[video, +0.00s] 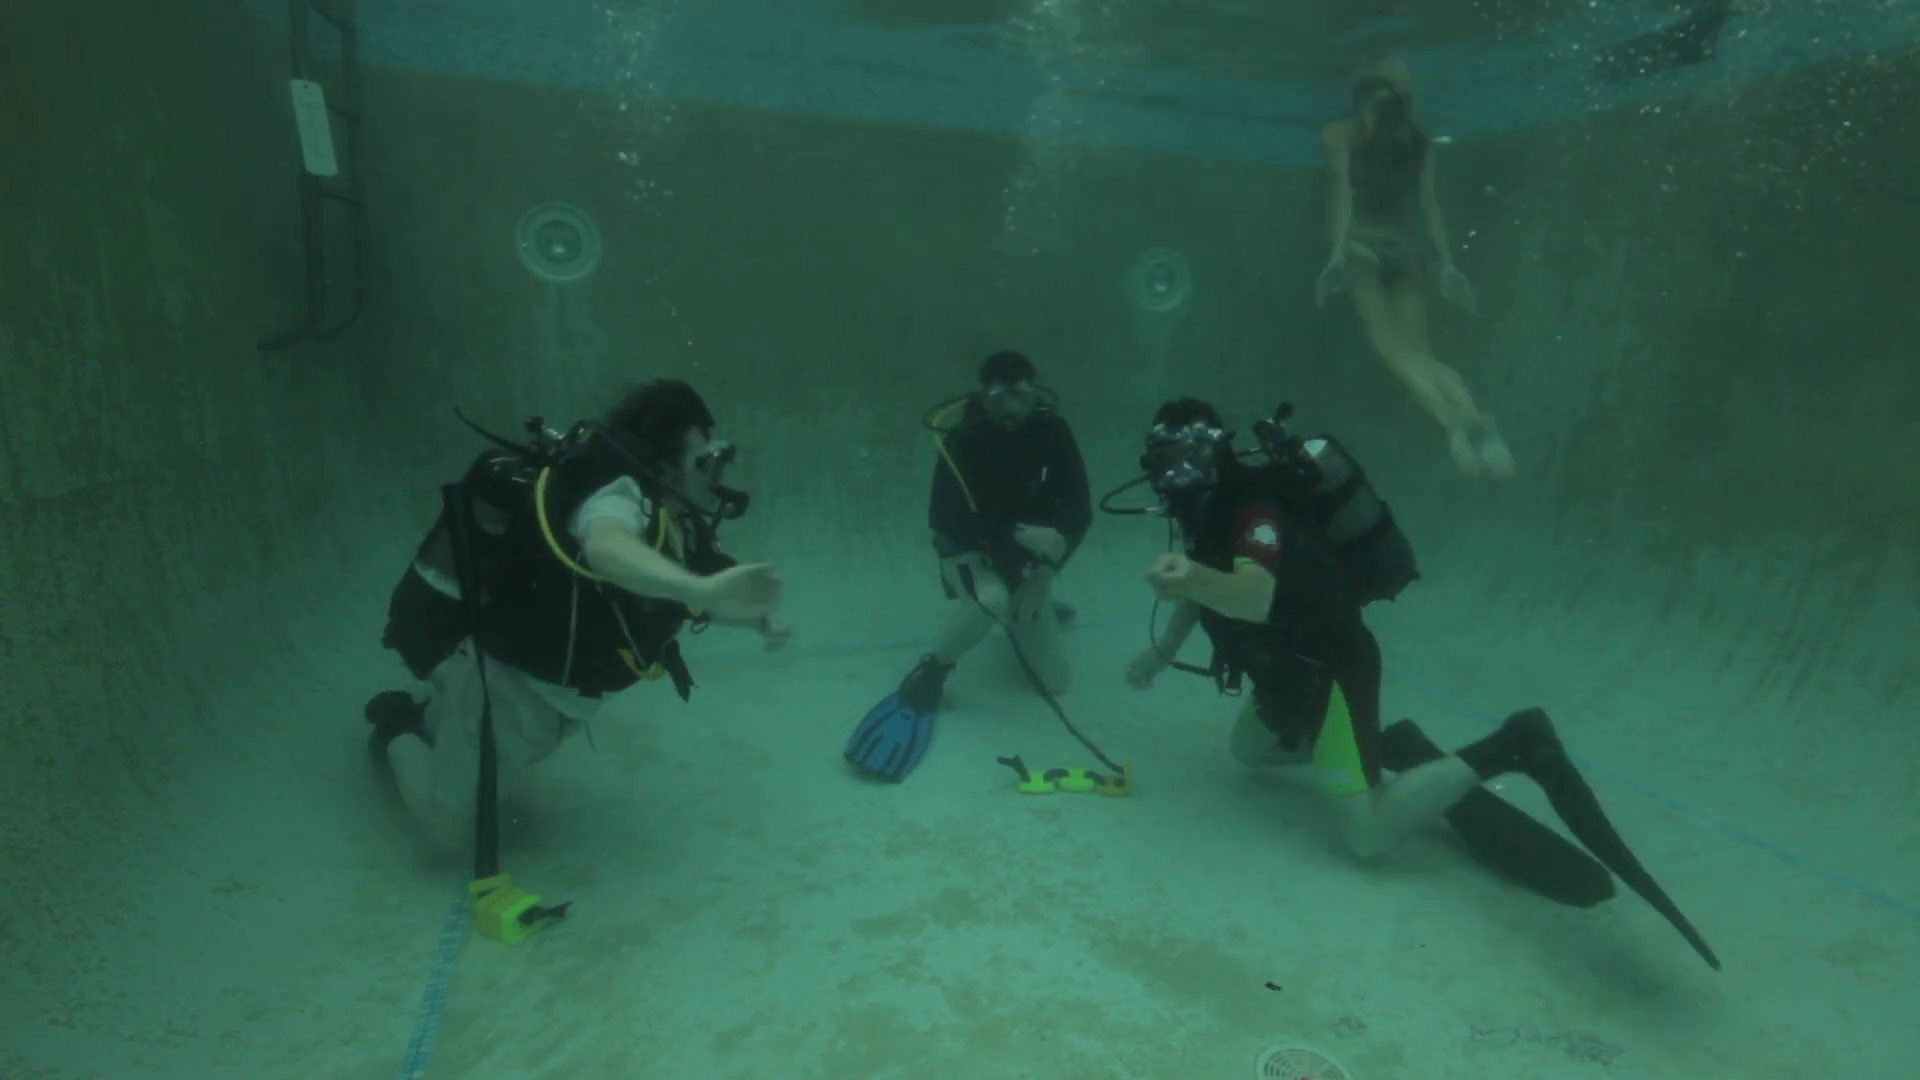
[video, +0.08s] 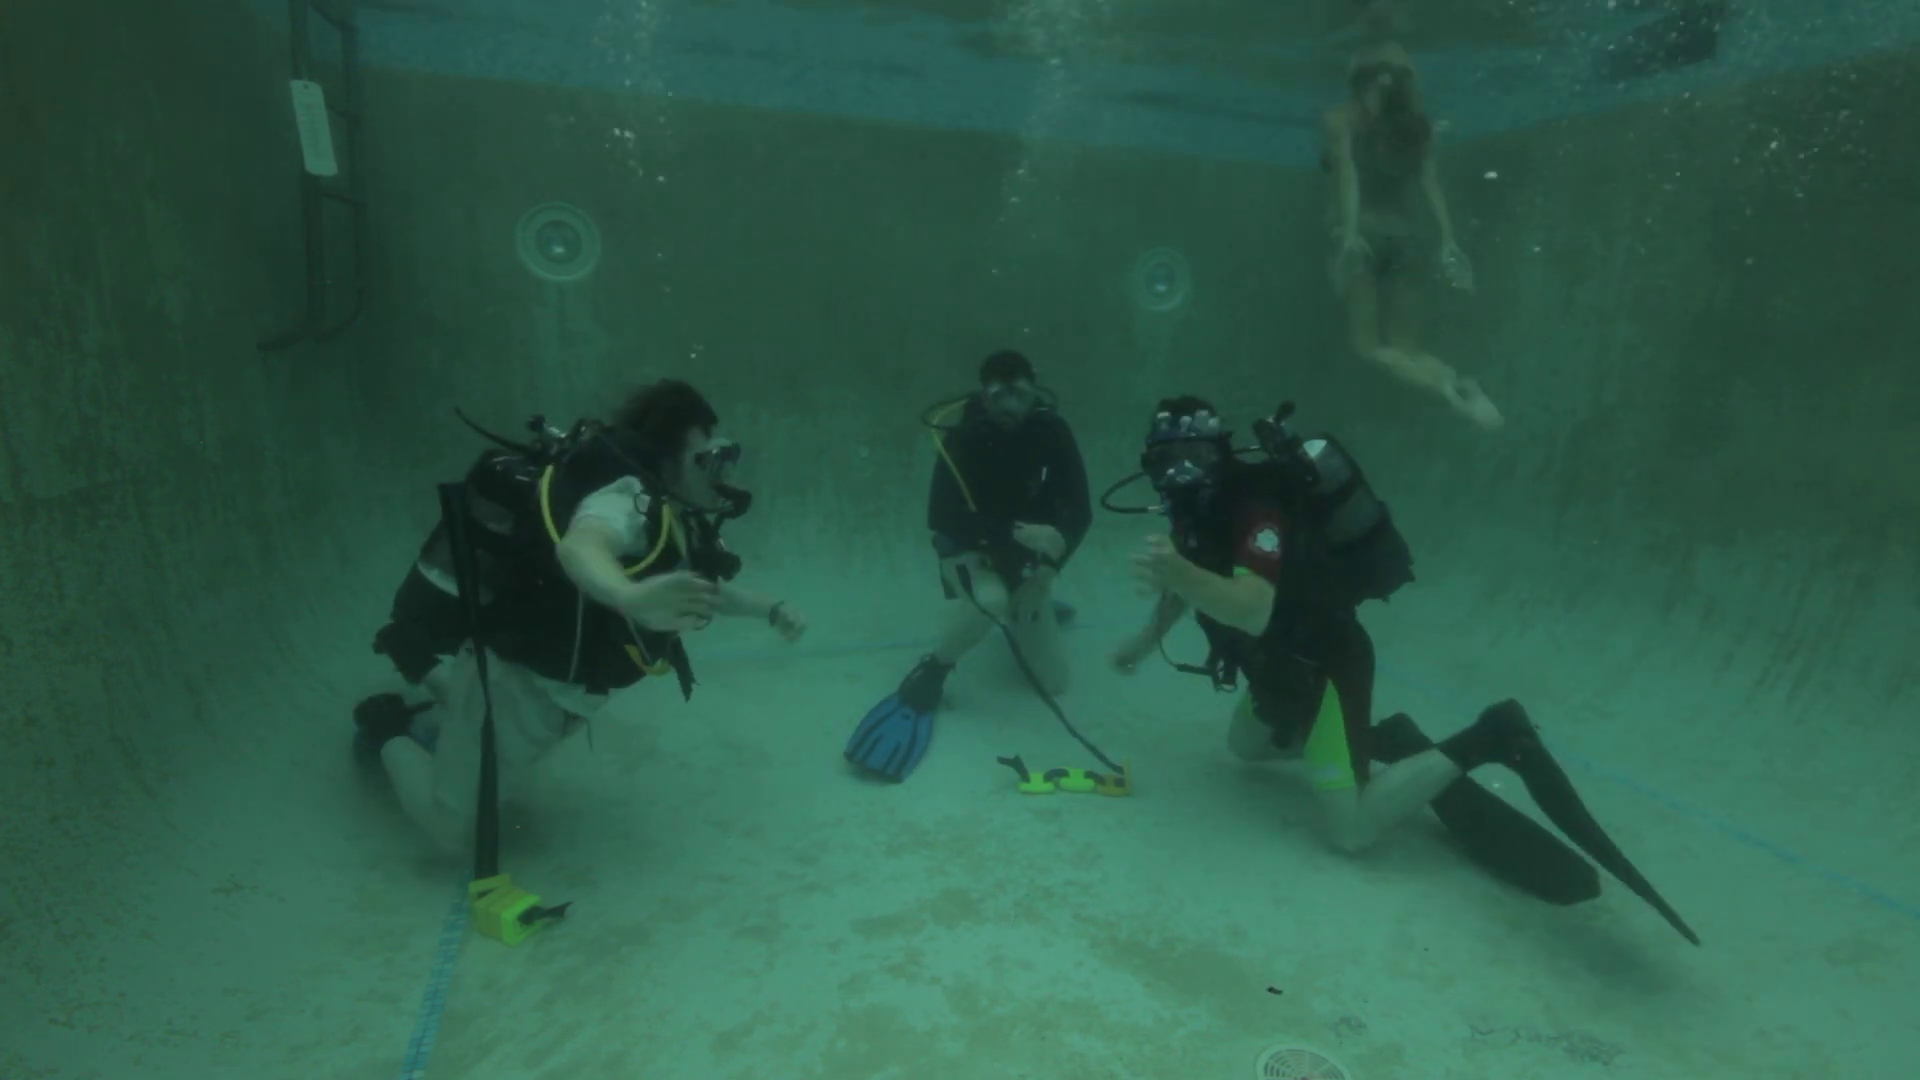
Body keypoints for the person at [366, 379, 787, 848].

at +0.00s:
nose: (719, 475)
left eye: (719, 460)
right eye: (706, 463)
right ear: (661, 462)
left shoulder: (679, 515)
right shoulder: (617, 494)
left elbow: (695, 593)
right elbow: (604, 548)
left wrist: (756, 617)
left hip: (568, 689)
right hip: (505, 681)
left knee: (502, 758)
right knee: (451, 826)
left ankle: (427, 715)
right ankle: (396, 735)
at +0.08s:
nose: (721, 471)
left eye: (722, 456)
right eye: (707, 458)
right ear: (666, 460)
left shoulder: (681, 517)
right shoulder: (624, 500)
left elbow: (693, 589)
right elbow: (580, 549)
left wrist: (763, 609)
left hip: (572, 687)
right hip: (513, 678)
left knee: (502, 764)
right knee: (454, 826)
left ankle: (423, 716)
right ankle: (386, 738)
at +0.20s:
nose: (724, 465)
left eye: (722, 451)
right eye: (711, 453)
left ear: (686, 458)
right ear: (671, 457)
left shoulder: (682, 513)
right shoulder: (628, 507)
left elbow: (710, 576)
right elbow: (540, 570)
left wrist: (783, 594)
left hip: (574, 685)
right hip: (527, 682)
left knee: (513, 737)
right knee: (463, 831)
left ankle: (416, 677)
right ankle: (379, 739)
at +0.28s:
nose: (728, 459)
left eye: (725, 447)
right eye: (717, 448)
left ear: (684, 453)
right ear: (681, 451)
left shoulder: (684, 514)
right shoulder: (633, 502)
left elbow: (719, 571)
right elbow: (549, 546)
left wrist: (794, 585)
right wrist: (500, 591)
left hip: (570, 671)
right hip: (519, 667)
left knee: (517, 732)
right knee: (476, 822)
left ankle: (402, 676)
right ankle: (375, 740)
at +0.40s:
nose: (732, 459)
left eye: (731, 446)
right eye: (722, 447)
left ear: (692, 449)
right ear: (682, 447)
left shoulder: (692, 508)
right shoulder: (633, 497)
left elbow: (734, 567)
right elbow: (538, 551)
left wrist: (811, 576)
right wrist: (472, 610)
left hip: (576, 671)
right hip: (526, 666)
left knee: (514, 761)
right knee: (484, 828)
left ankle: (389, 691)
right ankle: (361, 737)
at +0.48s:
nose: (732, 451)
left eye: (731, 439)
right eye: (722, 440)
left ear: (693, 444)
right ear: (685, 443)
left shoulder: (692, 499)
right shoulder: (632, 494)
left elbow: (740, 561)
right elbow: (540, 553)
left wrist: (825, 570)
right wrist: (483, 622)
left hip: (587, 664)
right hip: (536, 659)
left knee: (519, 763)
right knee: (493, 819)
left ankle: (379, 696)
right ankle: (371, 741)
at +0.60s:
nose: (734, 451)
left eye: (733, 438)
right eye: (726, 439)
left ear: (693, 440)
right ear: (691, 442)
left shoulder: (695, 494)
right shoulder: (632, 488)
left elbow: (750, 556)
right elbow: (550, 558)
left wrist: (835, 565)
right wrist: (530, 635)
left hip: (595, 665)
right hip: (541, 663)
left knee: (527, 782)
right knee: (509, 831)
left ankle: (377, 704)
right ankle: (369, 746)